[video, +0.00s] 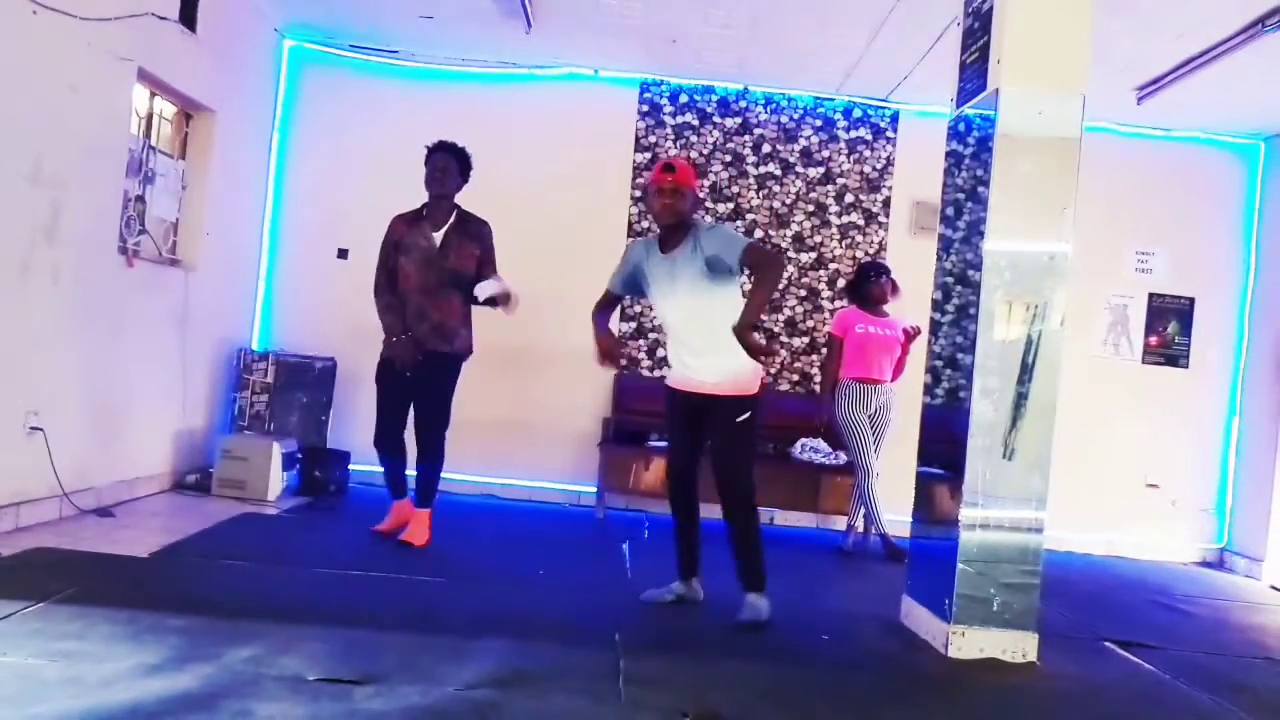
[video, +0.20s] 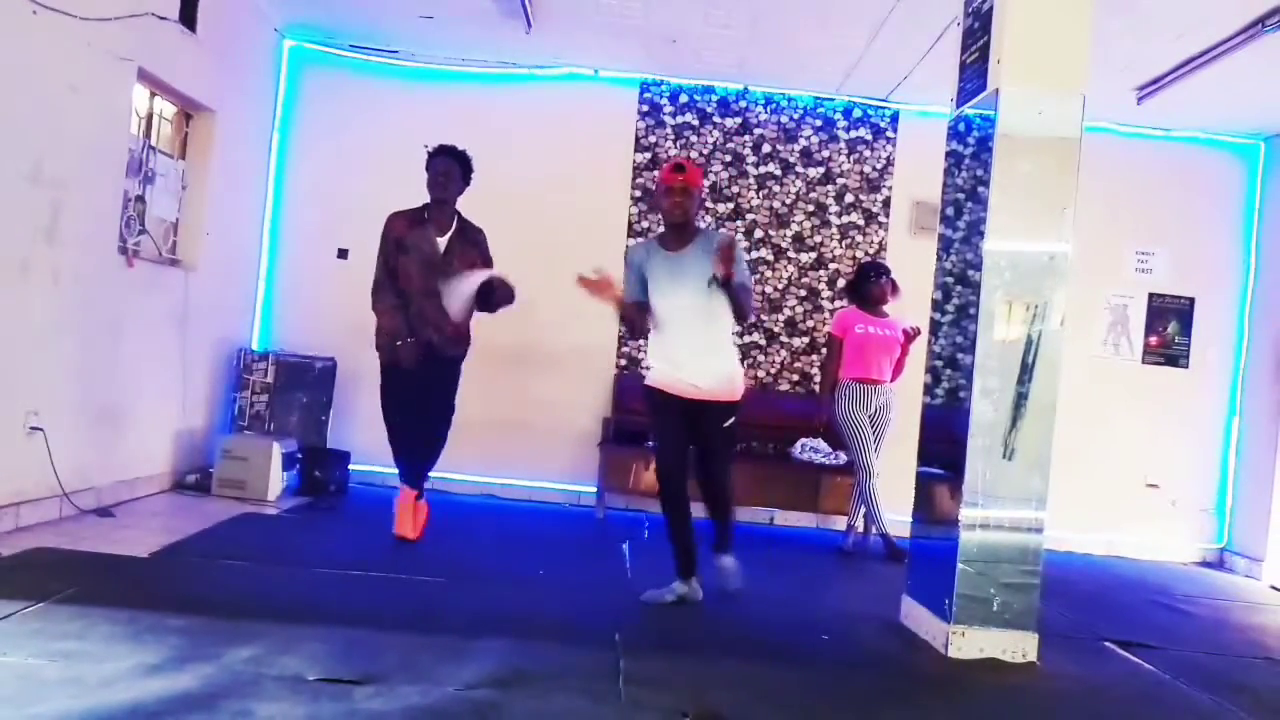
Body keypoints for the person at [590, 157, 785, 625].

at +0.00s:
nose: (663, 201)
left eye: (673, 192)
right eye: (657, 192)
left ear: (692, 198)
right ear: (648, 198)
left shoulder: (715, 239)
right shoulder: (641, 252)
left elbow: (771, 262)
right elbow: (604, 306)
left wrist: (745, 323)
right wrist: (604, 336)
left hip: (735, 386)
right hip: (684, 385)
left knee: (735, 488)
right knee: (679, 481)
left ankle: (755, 593)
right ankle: (688, 581)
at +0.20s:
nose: (676, 201)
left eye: (684, 193)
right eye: (669, 193)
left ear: (699, 199)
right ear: (657, 199)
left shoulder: (723, 247)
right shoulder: (640, 255)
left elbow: (745, 314)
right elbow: (641, 324)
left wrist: (729, 278)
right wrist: (615, 299)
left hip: (718, 386)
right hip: (666, 384)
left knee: (714, 477)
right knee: (671, 484)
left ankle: (724, 552)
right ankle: (686, 579)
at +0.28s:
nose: (679, 201)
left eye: (688, 193)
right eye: (672, 192)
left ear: (701, 199)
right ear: (660, 198)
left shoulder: (724, 249)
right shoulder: (642, 252)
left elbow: (730, 317)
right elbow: (644, 324)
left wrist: (714, 283)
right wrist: (647, 292)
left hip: (712, 380)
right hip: (663, 376)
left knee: (697, 474)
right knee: (670, 476)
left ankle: (689, 553)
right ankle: (686, 579)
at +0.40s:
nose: (686, 207)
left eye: (694, 199)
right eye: (678, 198)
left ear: (705, 205)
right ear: (665, 203)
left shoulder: (726, 256)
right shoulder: (645, 250)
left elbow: (738, 326)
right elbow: (633, 316)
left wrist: (720, 314)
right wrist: (690, 301)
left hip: (698, 380)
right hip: (651, 373)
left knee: (670, 471)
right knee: (663, 470)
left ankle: (645, 547)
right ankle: (669, 570)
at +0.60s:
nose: (689, 211)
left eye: (697, 205)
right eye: (682, 203)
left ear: (708, 213)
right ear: (667, 207)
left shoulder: (714, 263)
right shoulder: (644, 251)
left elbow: (723, 317)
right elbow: (640, 317)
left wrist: (729, 342)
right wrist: (702, 296)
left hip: (687, 378)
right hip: (643, 373)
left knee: (669, 466)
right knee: (653, 460)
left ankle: (646, 550)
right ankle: (628, 544)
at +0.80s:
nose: (688, 212)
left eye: (696, 206)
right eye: (682, 203)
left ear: (706, 214)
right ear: (668, 205)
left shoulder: (694, 259)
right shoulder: (652, 237)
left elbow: (694, 318)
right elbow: (673, 292)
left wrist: (706, 352)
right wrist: (705, 268)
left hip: (669, 375)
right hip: (629, 371)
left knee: (682, 462)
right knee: (628, 466)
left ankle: (645, 541)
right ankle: (610, 551)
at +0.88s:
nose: (691, 213)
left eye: (699, 207)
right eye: (684, 204)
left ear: (707, 215)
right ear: (670, 205)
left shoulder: (692, 259)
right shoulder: (654, 238)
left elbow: (683, 318)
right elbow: (675, 296)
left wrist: (697, 348)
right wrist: (710, 277)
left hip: (665, 376)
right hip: (625, 372)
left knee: (676, 463)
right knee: (623, 467)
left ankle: (631, 547)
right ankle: (607, 553)